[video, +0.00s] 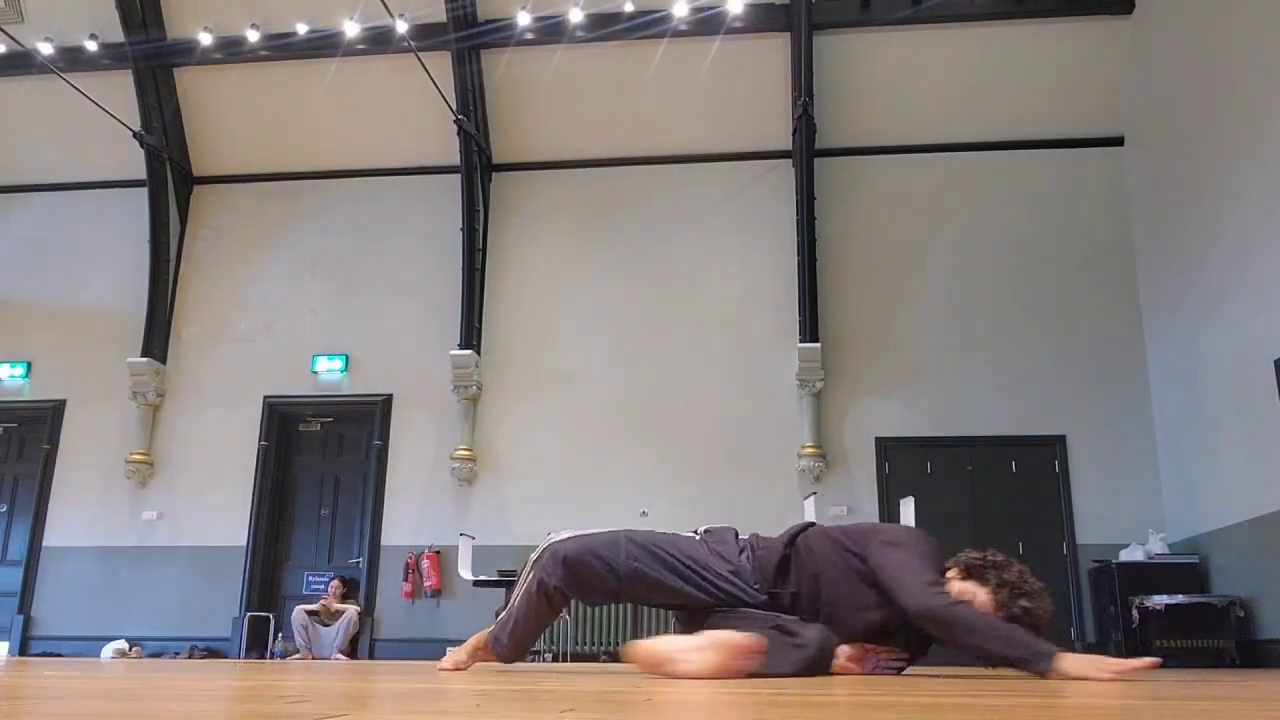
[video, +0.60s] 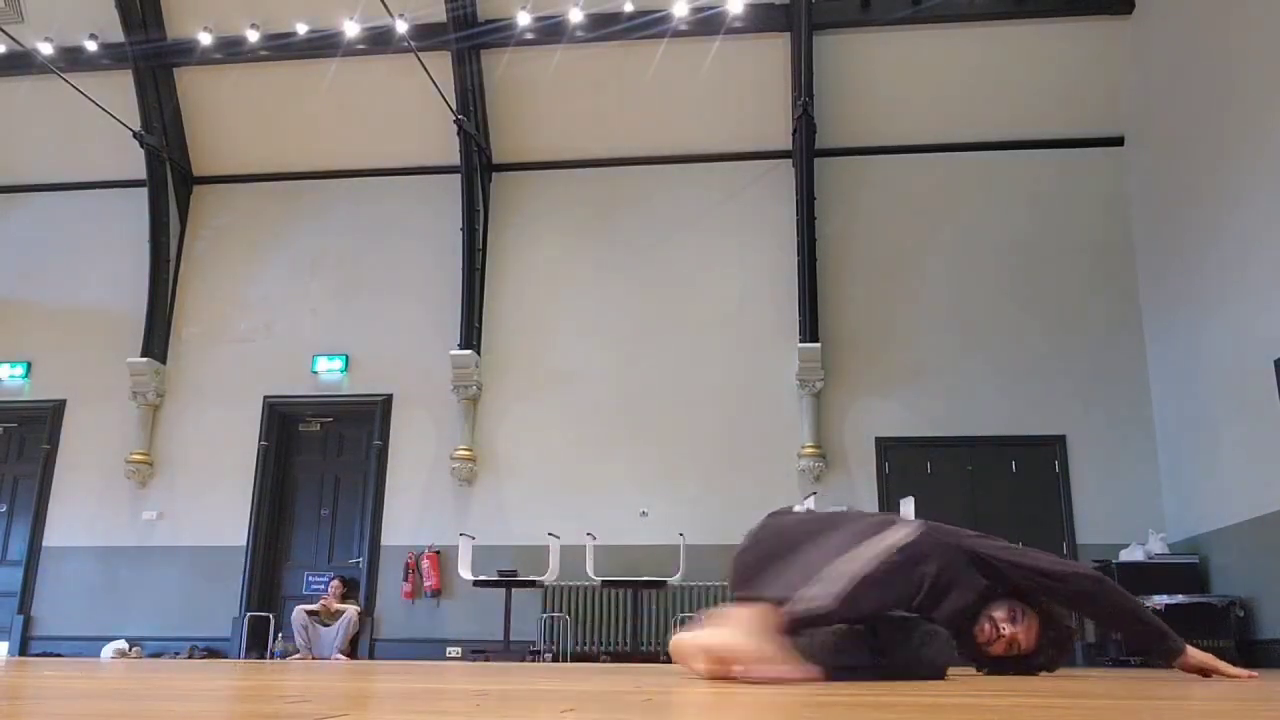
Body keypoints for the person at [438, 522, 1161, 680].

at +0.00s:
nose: (963, 623)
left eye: (978, 630)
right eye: (970, 611)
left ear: (981, 628)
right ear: (962, 578)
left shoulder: (941, 635)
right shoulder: (908, 551)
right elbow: (935, 612)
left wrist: (889, 659)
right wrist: (1057, 661)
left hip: (789, 627)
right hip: (746, 567)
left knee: (801, 645)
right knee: (568, 556)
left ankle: (642, 652)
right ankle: (502, 642)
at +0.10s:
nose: (971, 637)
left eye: (986, 640)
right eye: (981, 623)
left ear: (993, 631)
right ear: (984, 593)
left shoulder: (945, 629)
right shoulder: (928, 550)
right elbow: (1001, 606)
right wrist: (1107, 657)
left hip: (797, 618)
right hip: (758, 565)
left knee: (858, 644)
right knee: (563, 571)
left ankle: (727, 656)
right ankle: (501, 645)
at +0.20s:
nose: (991, 631)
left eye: (1007, 640)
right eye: (1001, 618)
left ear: (1004, 642)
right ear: (998, 588)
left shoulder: (935, 630)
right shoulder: (942, 548)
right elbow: (1038, 589)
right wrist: (1144, 656)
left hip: (818, 622)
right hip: (772, 563)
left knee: (875, 642)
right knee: (583, 577)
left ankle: (725, 656)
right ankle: (500, 640)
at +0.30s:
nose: (1004, 626)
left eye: (1019, 638)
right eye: (1013, 611)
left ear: (1013, 645)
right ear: (1001, 585)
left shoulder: (943, 633)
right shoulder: (952, 552)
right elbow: (1061, 584)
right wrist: (1161, 655)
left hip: (821, 620)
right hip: (784, 562)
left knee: (895, 641)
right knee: (684, 566)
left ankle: (726, 658)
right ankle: (516, 627)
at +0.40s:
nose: (1007, 629)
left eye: (1023, 641)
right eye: (1016, 613)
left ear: (1020, 650)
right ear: (1006, 589)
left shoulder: (959, 645)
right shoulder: (964, 559)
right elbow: (1074, 585)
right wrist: (1172, 659)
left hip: (827, 619)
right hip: (792, 556)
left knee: (906, 644)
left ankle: (734, 661)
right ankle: (537, 627)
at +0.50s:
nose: (1003, 629)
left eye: (1012, 644)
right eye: (1013, 620)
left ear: (1006, 649)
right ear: (1013, 597)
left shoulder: (941, 628)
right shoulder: (984, 565)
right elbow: (1084, 589)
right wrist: (1173, 654)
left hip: (834, 608)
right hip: (841, 544)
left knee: (920, 659)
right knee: (814, 579)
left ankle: (739, 655)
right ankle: (614, 624)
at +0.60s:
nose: (1005, 629)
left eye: (1013, 646)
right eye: (1019, 620)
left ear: (1008, 661)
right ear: (1017, 599)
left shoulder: (935, 633)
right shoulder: (983, 563)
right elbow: (1085, 585)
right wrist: (1177, 648)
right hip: (786, 540)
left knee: (930, 653)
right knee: (925, 549)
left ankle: (748, 654)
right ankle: (756, 618)